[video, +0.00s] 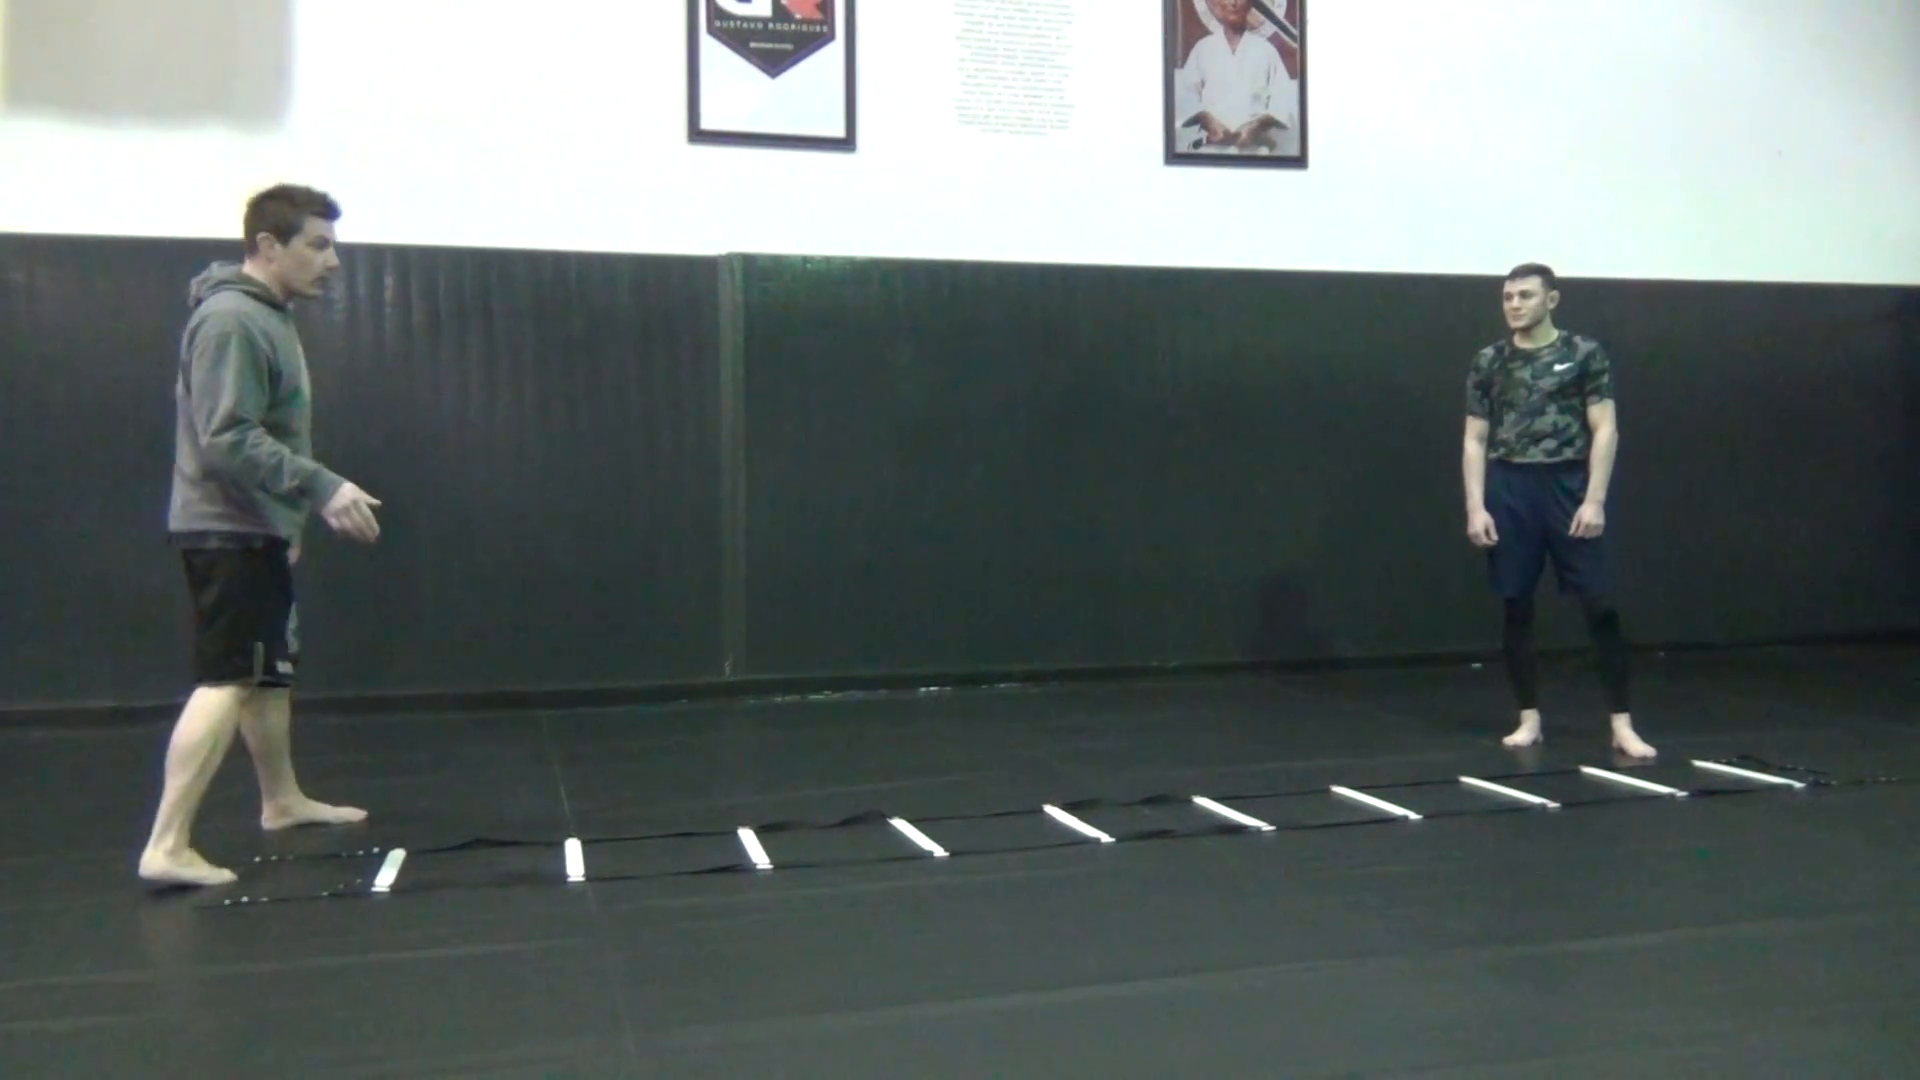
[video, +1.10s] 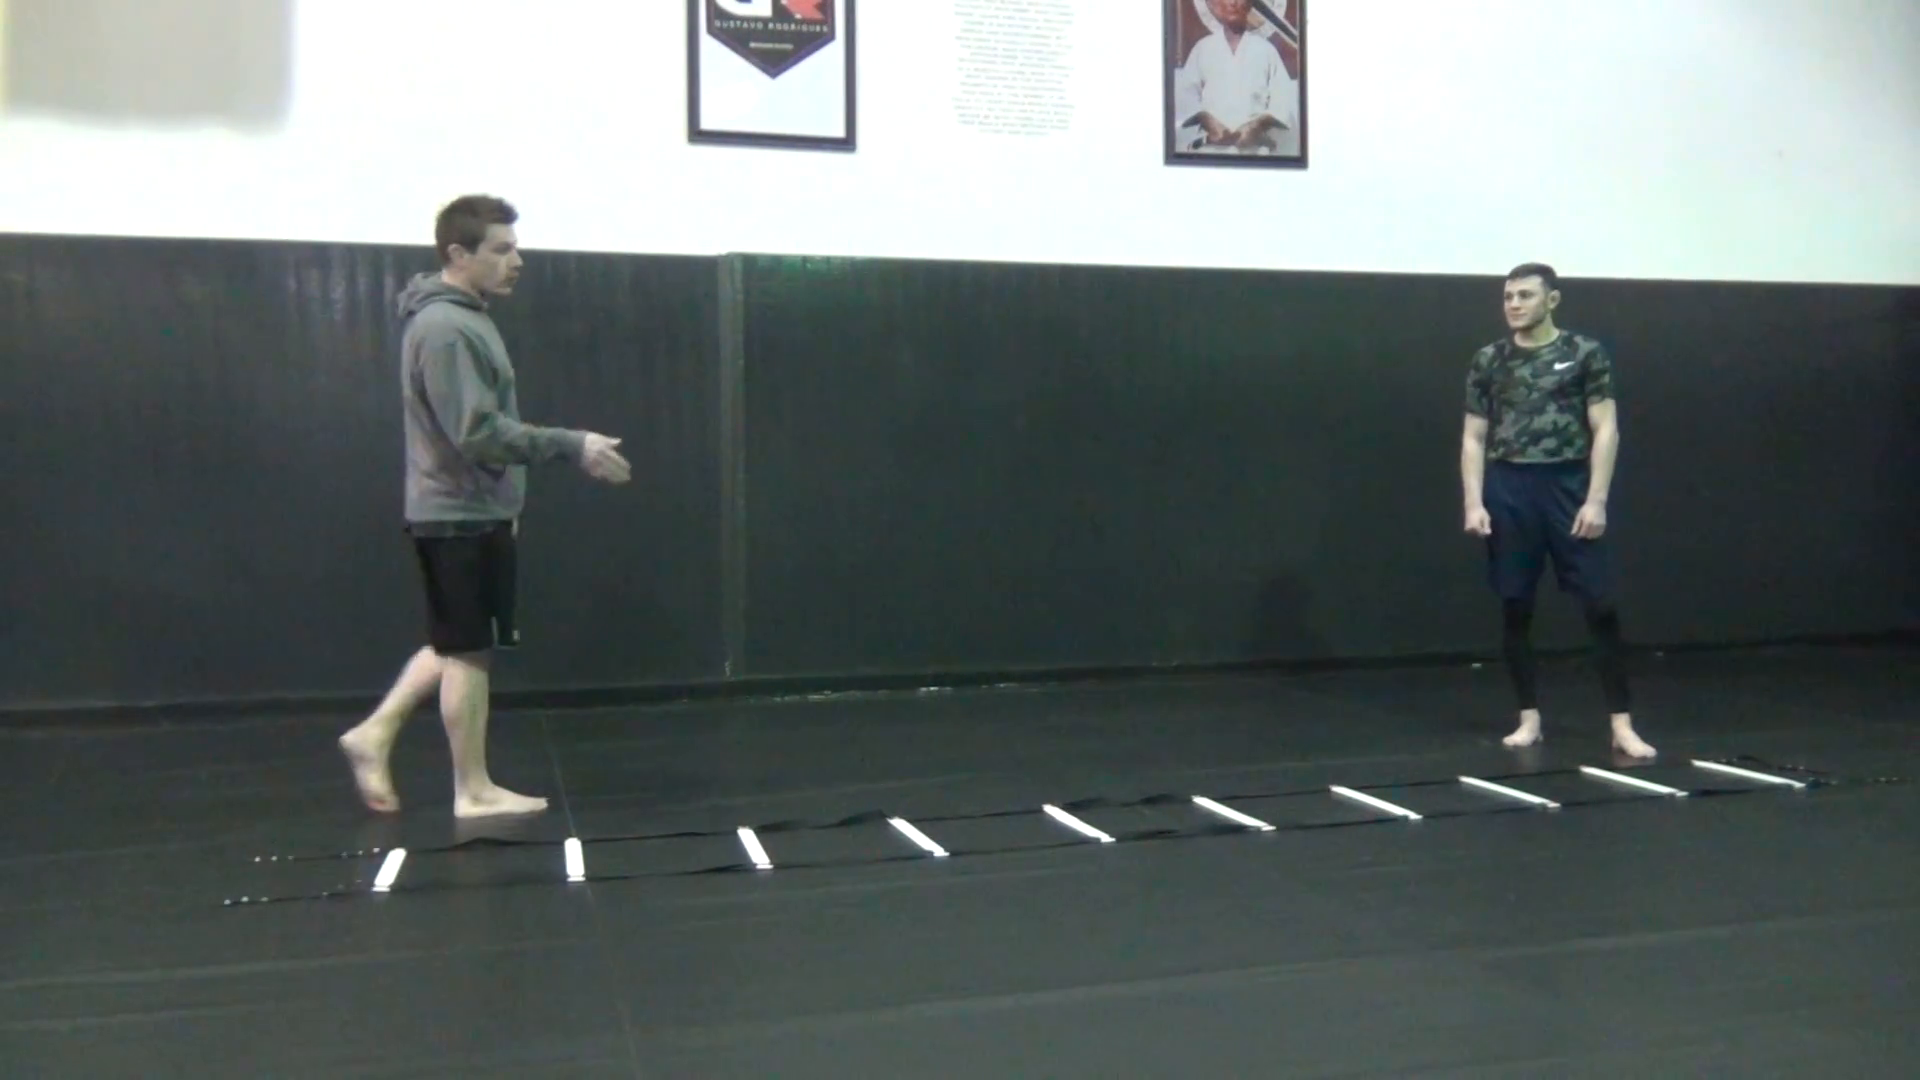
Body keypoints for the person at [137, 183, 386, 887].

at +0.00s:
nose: (332, 262)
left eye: (333, 247)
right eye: (320, 247)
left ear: (277, 250)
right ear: (267, 246)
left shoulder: (266, 315)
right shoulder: (230, 320)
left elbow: (265, 432)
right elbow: (227, 438)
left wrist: (293, 519)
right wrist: (322, 488)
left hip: (255, 529)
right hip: (222, 530)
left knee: (267, 672)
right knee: (227, 679)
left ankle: (283, 802)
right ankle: (166, 847)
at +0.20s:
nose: (355, 259)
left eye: (357, 245)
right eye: (345, 244)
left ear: (305, 247)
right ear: (297, 242)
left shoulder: (297, 312)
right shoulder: (263, 312)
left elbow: (295, 426)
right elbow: (251, 419)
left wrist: (332, 505)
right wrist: (345, 469)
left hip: (283, 515)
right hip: (258, 517)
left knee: (283, 658)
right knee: (314, 649)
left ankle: (283, 800)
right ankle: (197, 781)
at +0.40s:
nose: (381, 259)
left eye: (382, 246)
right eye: (369, 245)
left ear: (328, 248)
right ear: (322, 244)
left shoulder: (319, 311)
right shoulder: (293, 312)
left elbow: (327, 426)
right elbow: (284, 418)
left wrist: (376, 499)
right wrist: (369, 471)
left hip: (287, 512)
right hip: (302, 511)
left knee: (283, 656)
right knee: (379, 634)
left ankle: (279, 800)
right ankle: (297, 771)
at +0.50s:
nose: (396, 260)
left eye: (396, 247)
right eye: (384, 246)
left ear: (342, 249)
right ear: (337, 245)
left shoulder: (331, 312)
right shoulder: (312, 315)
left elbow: (339, 428)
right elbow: (303, 421)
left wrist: (389, 504)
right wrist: (385, 474)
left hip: (294, 513)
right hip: (324, 512)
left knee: (289, 655)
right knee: (398, 634)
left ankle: (282, 795)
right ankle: (367, 785)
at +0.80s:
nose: (450, 265)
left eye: (450, 252)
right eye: (437, 253)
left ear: (398, 258)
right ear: (392, 256)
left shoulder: (395, 320)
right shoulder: (371, 327)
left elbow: (406, 429)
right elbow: (378, 437)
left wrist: (435, 507)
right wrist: (468, 477)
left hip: (361, 518)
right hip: (383, 521)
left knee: (332, 653)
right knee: (426, 656)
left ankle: (288, 787)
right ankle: (468, 786)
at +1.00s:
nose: (495, 262)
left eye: (495, 250)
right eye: (482, 251)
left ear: (444, 255)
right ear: (438, 254)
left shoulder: (439, 319)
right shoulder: (421, 327)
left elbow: (450, 430)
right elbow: (447, 434)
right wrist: (541, 457)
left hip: (433, 517)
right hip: (439, 521)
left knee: (408, 650)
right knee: (459, 655)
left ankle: (327, 755)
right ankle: (474, 791)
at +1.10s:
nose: (516, 262)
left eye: (515, 250)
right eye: (503, 250)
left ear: (461, 256)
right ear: (459, 254)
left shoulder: (462, 319)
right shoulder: (445, 329)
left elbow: (478, 425)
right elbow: (476, 431)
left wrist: (501, 506)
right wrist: (573, 445)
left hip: (468, 514)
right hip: (456, 518)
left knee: (455, 643)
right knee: (469, 650)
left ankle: (372, 736)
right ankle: (474, 791)